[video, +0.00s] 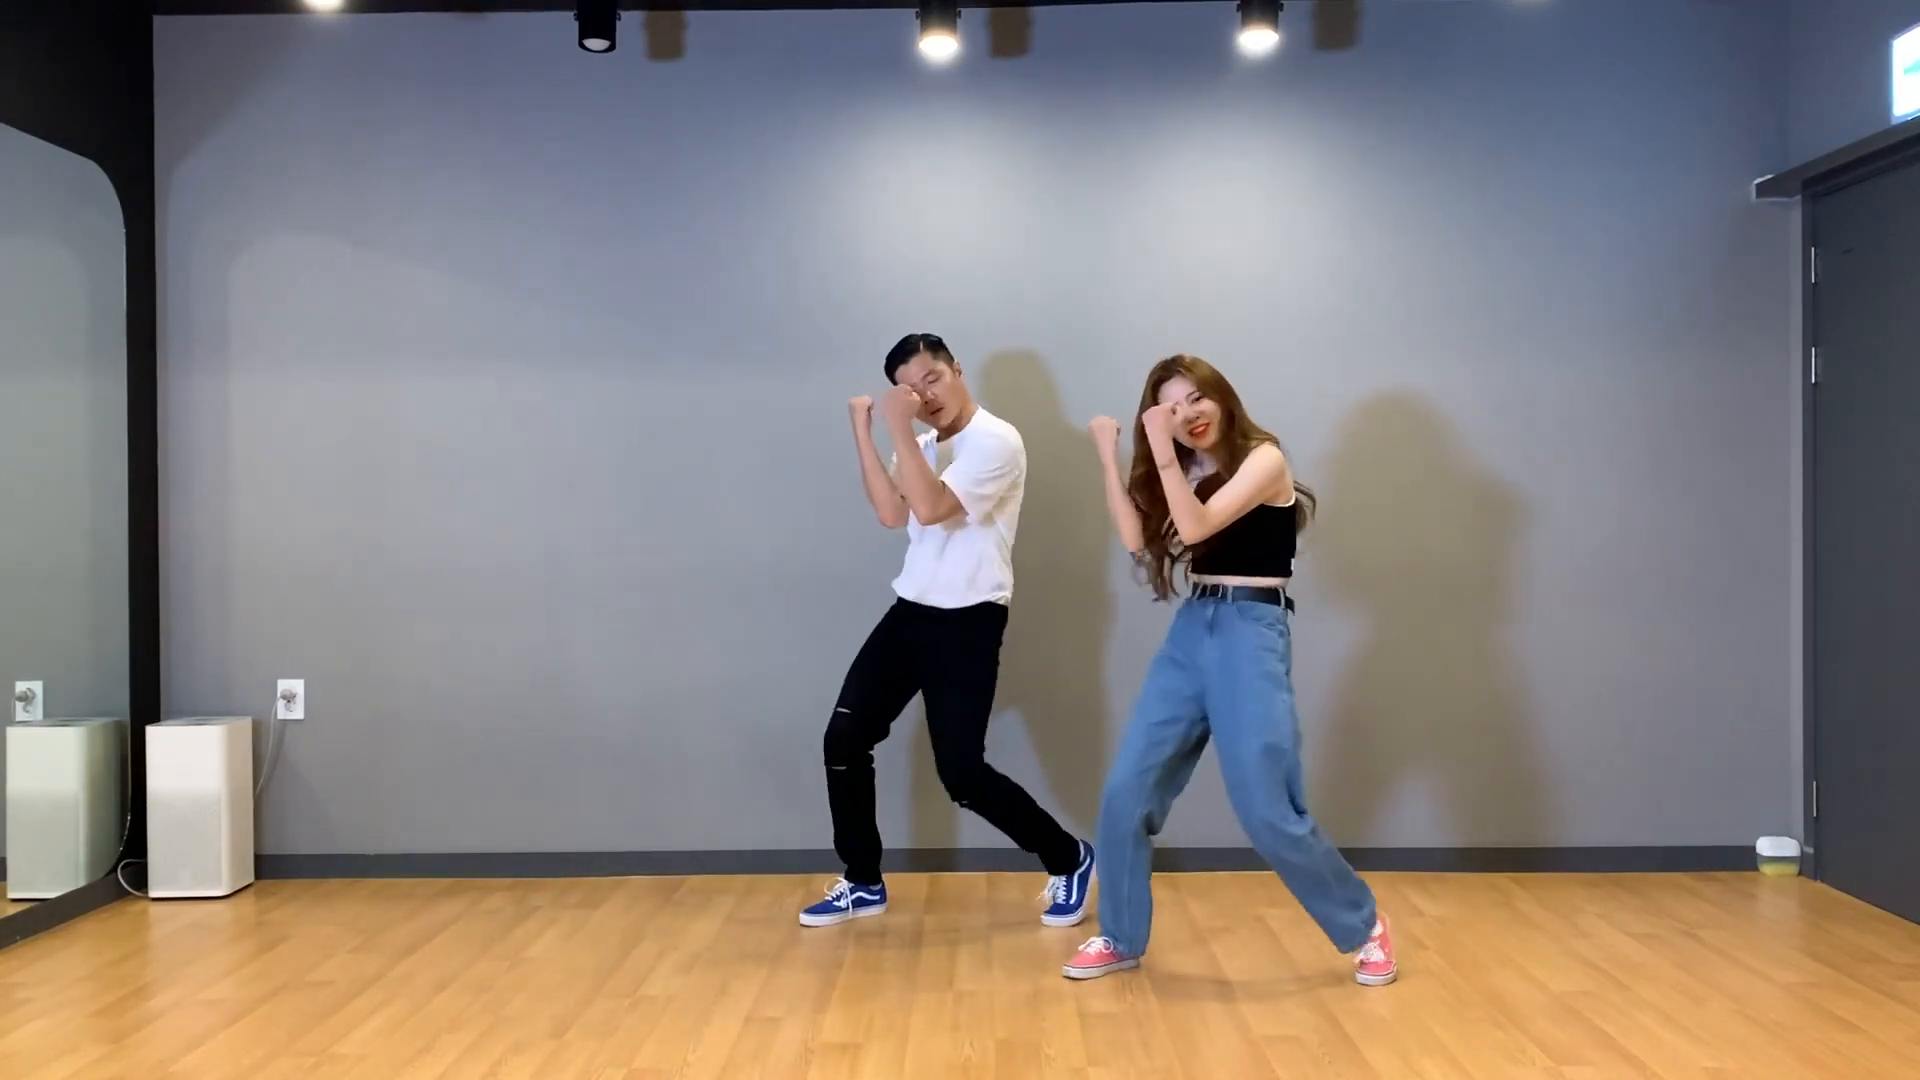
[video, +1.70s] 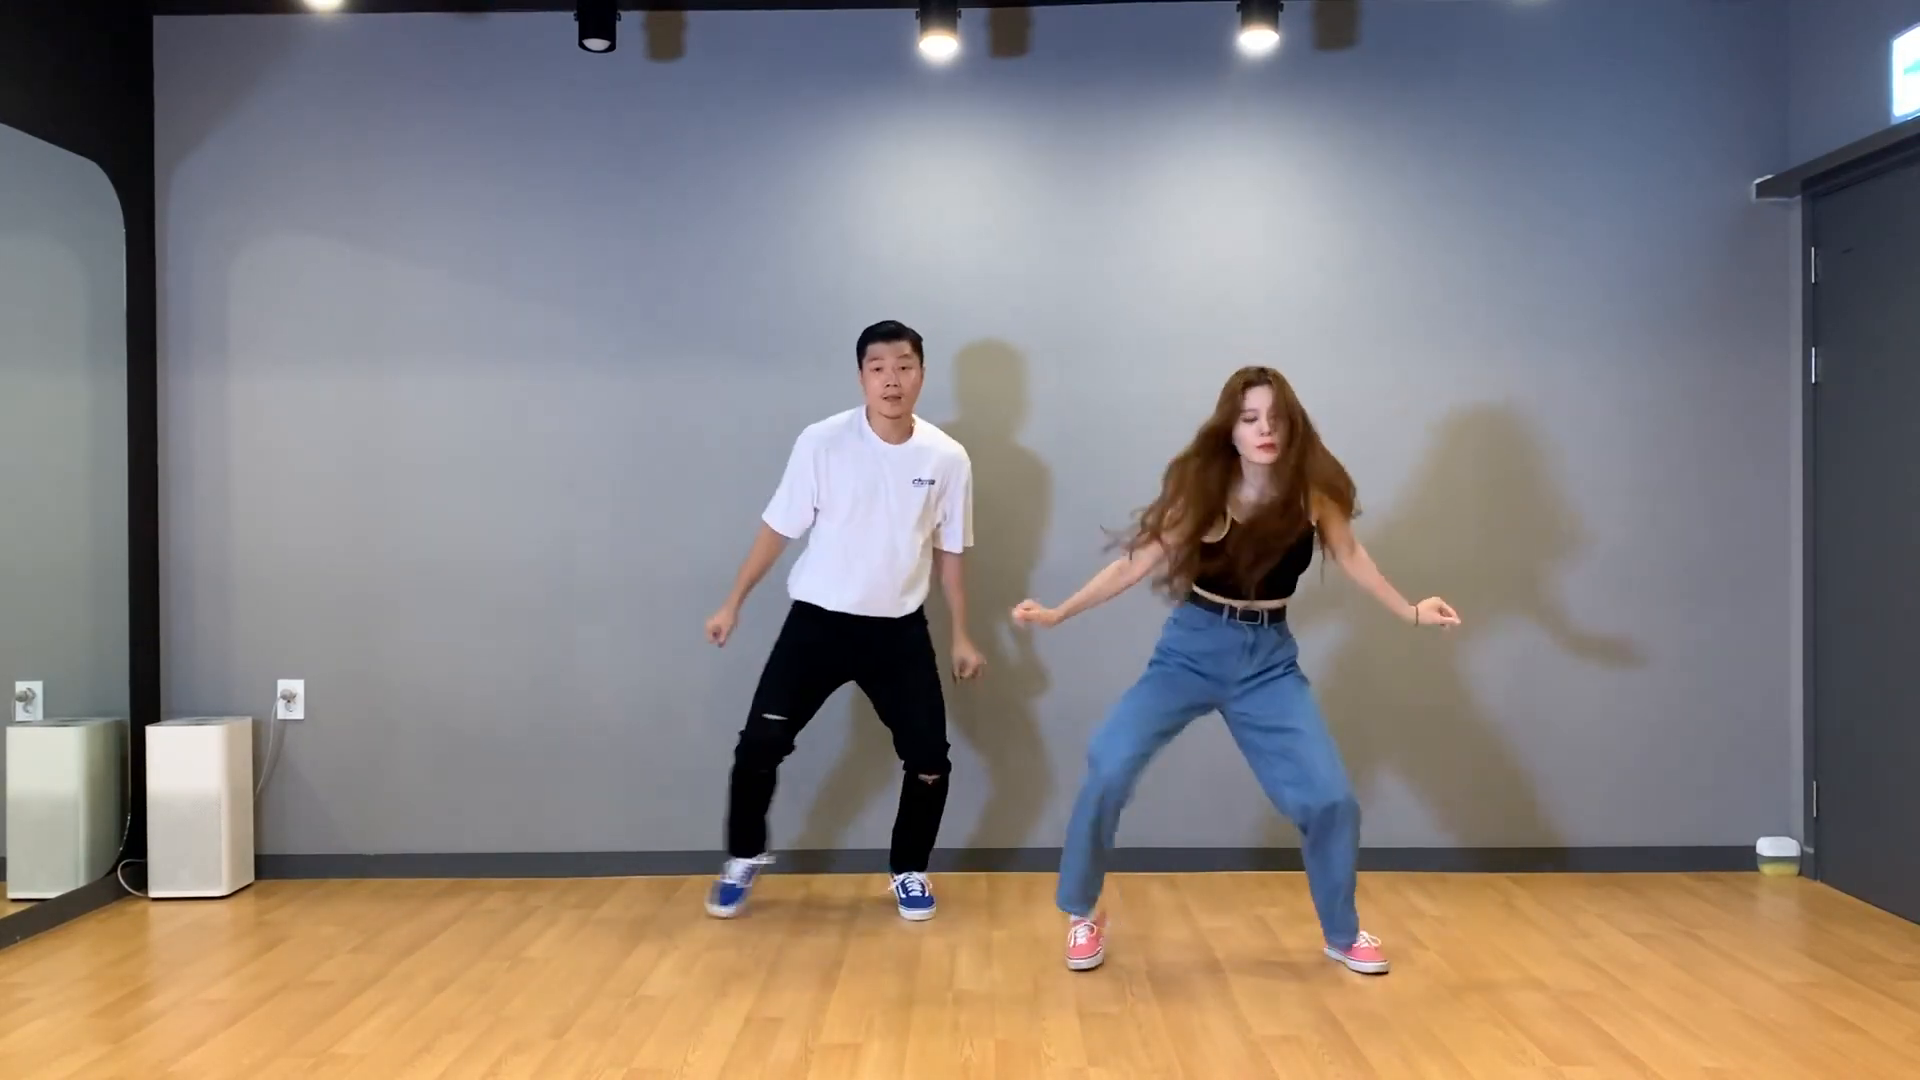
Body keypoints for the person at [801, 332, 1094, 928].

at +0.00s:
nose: (925, 396)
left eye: (932, 379)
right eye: (913, 390)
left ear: (958, 372)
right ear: (907, 400)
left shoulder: (998, 441)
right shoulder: (926, 445)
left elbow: (931, 507)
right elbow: (891, 512)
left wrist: (902, 429)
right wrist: (864, 437)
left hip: (968, 622)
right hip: (909, 614)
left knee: (963, 776)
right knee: (845, 739)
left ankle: (1071, 860)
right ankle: (863, 883)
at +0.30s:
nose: (924, 390)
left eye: (933, 374)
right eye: (910, 382)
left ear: (957, 370)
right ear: (899, 390)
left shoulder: (984, 444)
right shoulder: (900, 423)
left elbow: (957, 512)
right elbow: (873, 500)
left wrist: (915, 437)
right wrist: (860, 429)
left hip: (996, 617)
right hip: (936, 619)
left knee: (1030, 760)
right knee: (861, 739)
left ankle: (1105, 878)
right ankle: (866, 883)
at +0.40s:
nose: (920, 379)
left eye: (929, 363)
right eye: (906, 371)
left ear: (953, 357)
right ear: (895, 376)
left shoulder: (995, 424)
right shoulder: (890, 415)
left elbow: (1029, 515)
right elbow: (863, 487)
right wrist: (849, 506)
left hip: (975, 612)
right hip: (909, 609)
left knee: (994, 757)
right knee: (846, 738)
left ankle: (1061, 860)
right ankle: (864, 883)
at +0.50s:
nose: (923, 375)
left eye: (933, 360)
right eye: (909, 366)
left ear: (957, 360)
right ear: (899, 375)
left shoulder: (1005, 439)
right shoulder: (884, 437)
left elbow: (1029, 533)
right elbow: (858, 525)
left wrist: (1023, 620)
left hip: (968, 622)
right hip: (892, 618)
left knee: (991, 758)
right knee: (831, 737)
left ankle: (1010, 877)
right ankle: (860, 881)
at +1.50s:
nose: (921, 381)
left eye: (928, 369)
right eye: (908, 368)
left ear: (935, 373)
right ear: (875, 372)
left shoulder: (955, 439)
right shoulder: (828, 437)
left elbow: (973, 538)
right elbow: (803, 526)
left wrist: (981, 622)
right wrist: (803, 610)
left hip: (940, 619)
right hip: (859, 619)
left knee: (972, 743)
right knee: (825, 747)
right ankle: (850, 879)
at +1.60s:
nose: (900, 376)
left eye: (912, 363)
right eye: (886, 364)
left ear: (928, 372)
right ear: (868, 373)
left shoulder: (953, 461)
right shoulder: (829, 444)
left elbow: (963, 557)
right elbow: (793, 534)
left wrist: (970, 644)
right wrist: (762, 613)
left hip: (917, 630)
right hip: (836, 624)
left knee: (929, 764)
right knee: (790, 744)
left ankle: (908, 871)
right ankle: (820, 862)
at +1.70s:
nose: (892, 380)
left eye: (904, 367)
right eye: (878, 368)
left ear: (921, 377)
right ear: (860, 378)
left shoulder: (946, 458)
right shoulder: (821, 443)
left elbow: (950, 552)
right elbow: (778, 526)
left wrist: (961, 635)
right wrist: (733, 602)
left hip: (898, 631)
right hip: (817, 623)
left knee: (930, 760)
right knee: (759, 743)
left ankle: (909, 871)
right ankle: (744, 857)